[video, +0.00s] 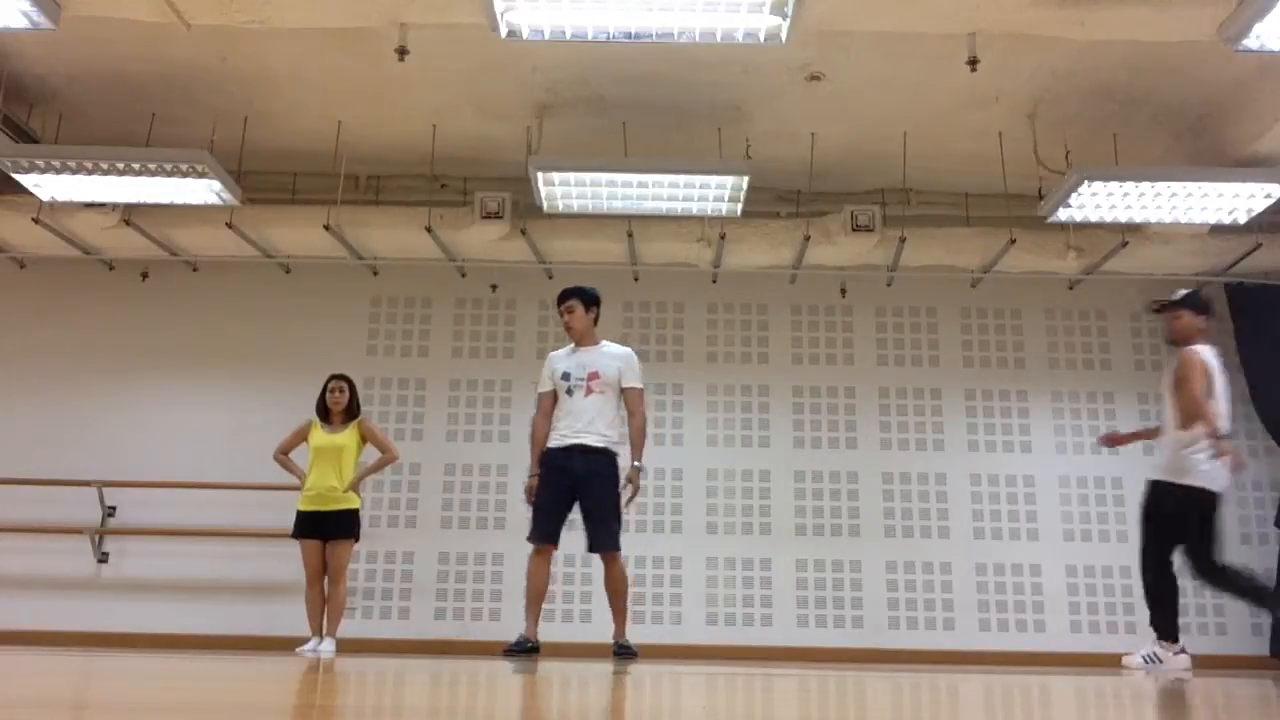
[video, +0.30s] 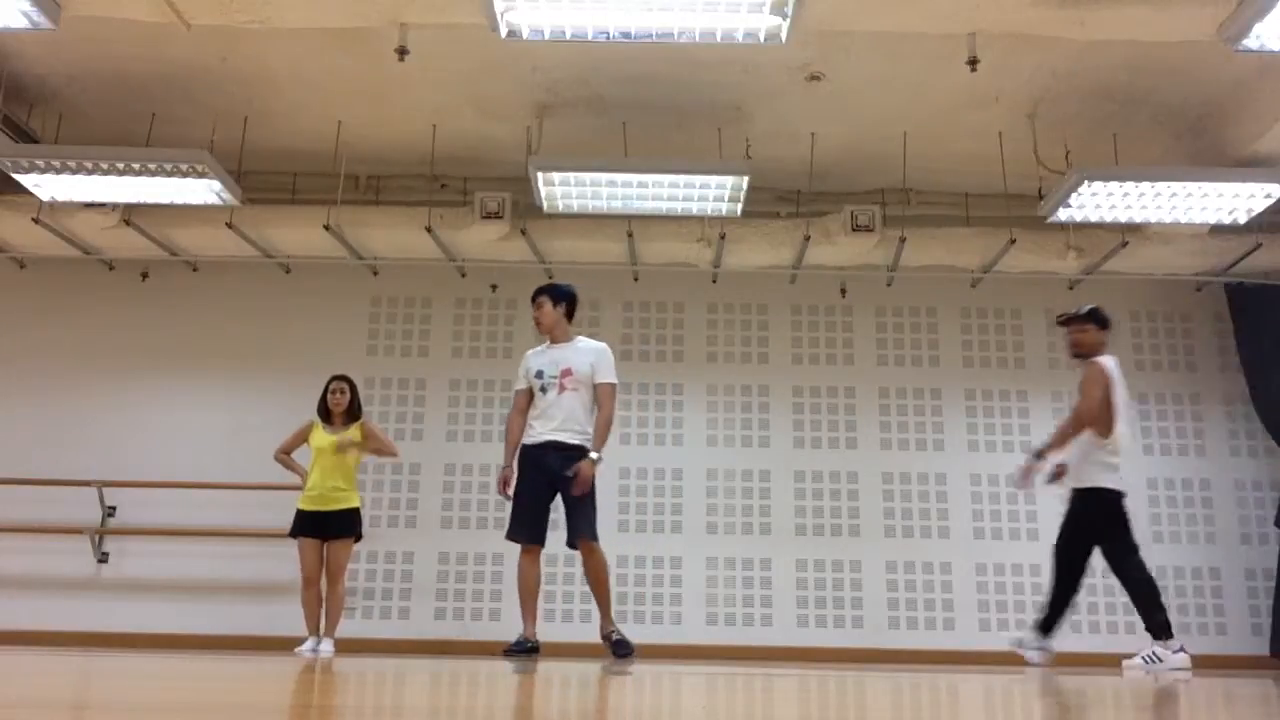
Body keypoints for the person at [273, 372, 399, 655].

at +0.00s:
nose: (336, 395)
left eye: (341, 391)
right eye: (331, 391)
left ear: (350, 396)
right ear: (324, 396)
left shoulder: (360, 426)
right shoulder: (312, 426)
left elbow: (392, 454)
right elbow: (279, 454)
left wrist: (359, 477)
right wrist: (301, 475)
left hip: (343, 506)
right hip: (310, 506)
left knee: (337, 577)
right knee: (313, 578)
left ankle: (330, 638)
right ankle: (315, 637)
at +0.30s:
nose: (336, 396)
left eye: (342, 392)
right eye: (332, 392)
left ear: (352, 397)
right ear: (325, 397)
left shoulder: (361, 427)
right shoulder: (313, 427)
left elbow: (391, 451)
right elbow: (280, 454)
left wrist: (357, 446)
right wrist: (302, 472)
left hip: (343, 507)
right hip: (310, 506)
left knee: (335, 577)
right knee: (309, 578)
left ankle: (329, 638)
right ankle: (313, 637)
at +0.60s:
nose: (338, 396)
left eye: (343, 392)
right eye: (333, 391)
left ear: (351, 398)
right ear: (325, 396)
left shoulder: (358, 427)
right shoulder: (313, 426)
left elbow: (375, 431)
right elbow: (281, 453)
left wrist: (362, 404)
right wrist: (302, 472)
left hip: (343, 506)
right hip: (310, 505)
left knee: (334, 577)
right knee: (309, 576)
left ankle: (328, 638)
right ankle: (308, 636)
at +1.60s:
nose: (337, 397)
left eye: (342, 393)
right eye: (332, 392)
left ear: (349, 398)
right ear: (322, 396)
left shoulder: (356, 431)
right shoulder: (308, 429)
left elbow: (371, 469)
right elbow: (273, 459)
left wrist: (362, 437)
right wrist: (279, 491)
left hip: (340, 507)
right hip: (307, 506)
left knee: (330, 575)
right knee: (308, 575)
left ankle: (325, 637)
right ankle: (308, 636)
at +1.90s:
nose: (336, 396)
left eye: (342, 391)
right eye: (332, 391)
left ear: (350, 397)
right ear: (323, 396)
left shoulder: (360, 428)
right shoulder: (308, 431)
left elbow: (370, 466)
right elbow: (297, 471)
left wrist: (338, 474)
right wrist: (299, 503)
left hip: (341, 509)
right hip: (309, 509)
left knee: (334, 574)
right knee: (308, 575)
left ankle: (328, 637)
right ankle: (309, 636)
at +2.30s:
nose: (337, 396)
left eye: (342, 392)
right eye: (332, 392)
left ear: (351, 398)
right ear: (324, 397)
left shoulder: (362, 430)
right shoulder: (310, 433)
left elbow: (374, 470)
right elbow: (301, 475)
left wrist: (365, 503)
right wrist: (290, 509)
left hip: (343, 508)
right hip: (309, 508)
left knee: (335, 577)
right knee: (310, 577)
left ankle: (328, 637)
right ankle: (310, 636)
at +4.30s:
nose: (336, 398)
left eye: (341, 394)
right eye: (332, 394)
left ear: (351, 400)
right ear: (324, 399)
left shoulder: (361, 431)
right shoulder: (309, 432)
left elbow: (367, 472)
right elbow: (298, 473)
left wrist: (360, 508)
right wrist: (291, 508)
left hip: (342, 509)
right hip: (309, 507)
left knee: (332, 576)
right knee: (310, 575)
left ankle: (326, 637)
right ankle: (311, 636)